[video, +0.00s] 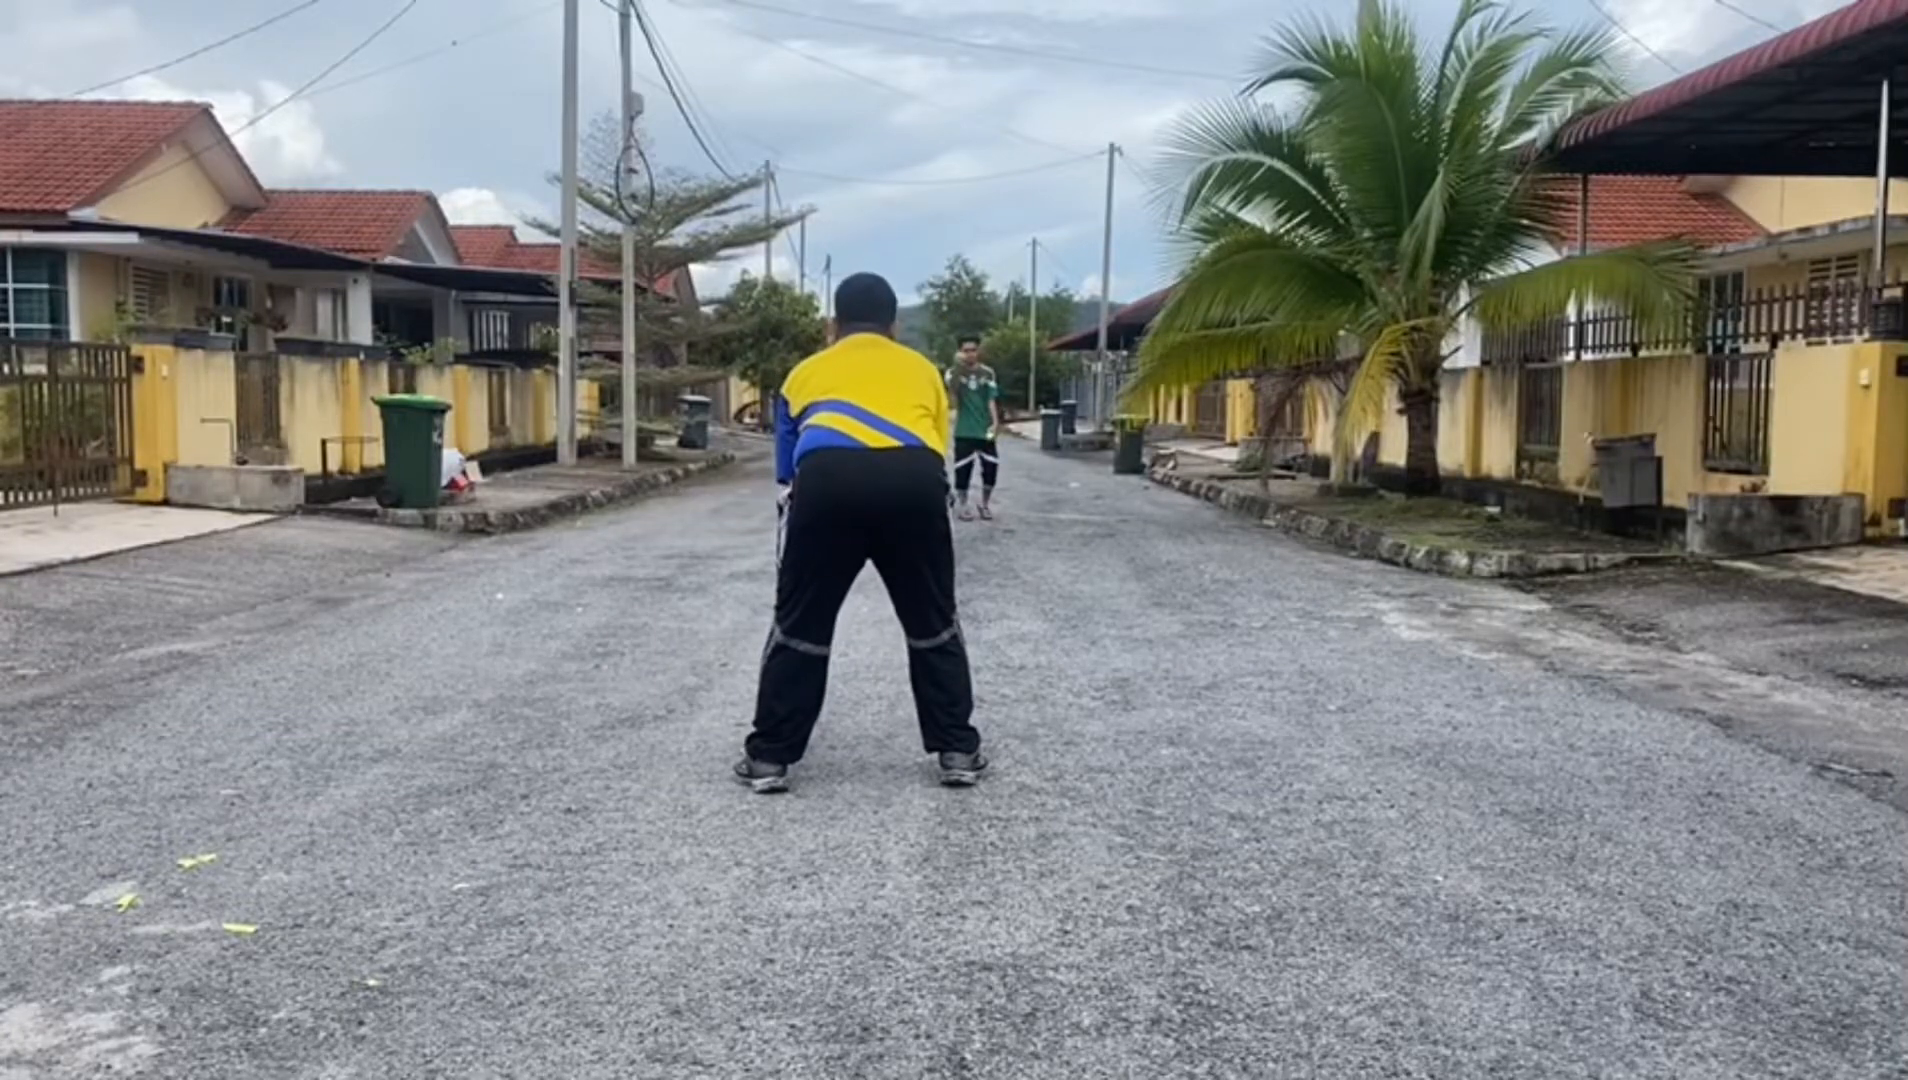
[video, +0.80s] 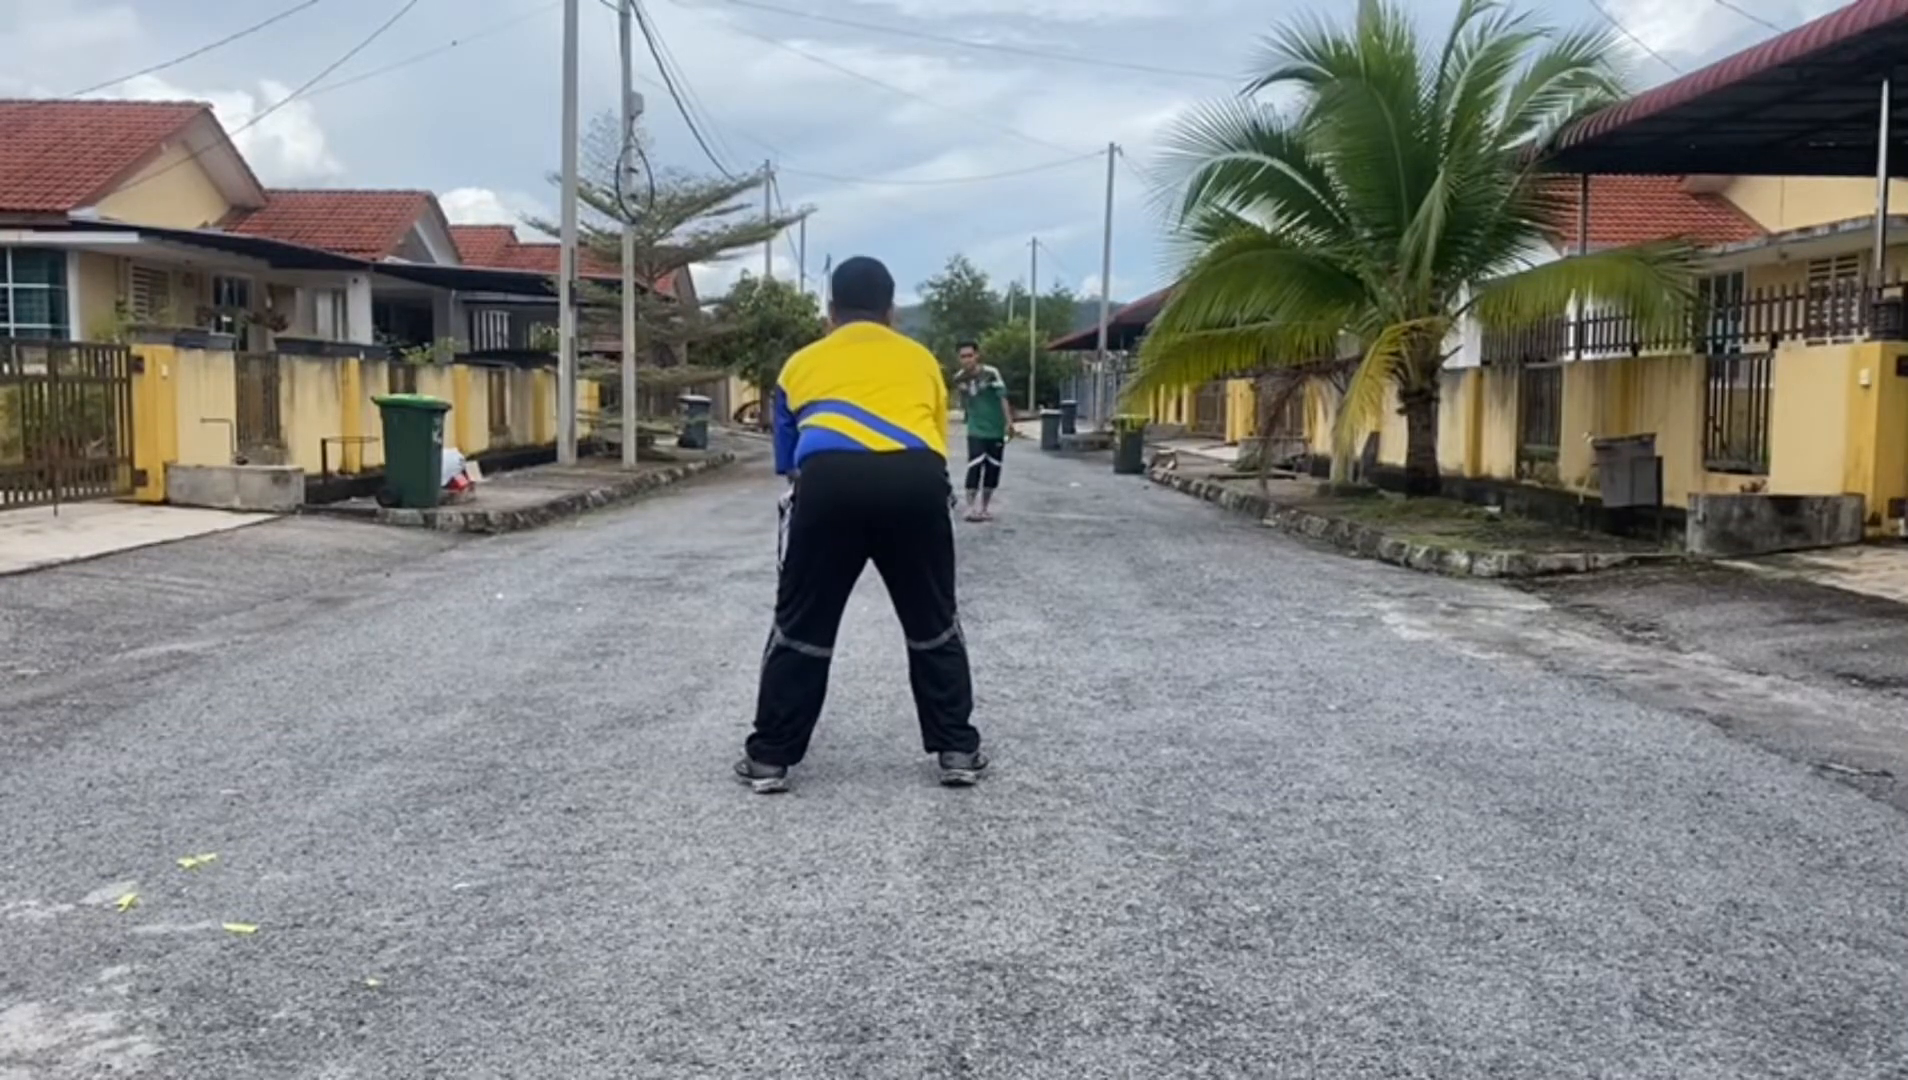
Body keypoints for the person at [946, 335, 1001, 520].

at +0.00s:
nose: (970, 355)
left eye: (973, 350)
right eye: (966, 351)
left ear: (978, 352)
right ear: (959, 353)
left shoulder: (987, 373)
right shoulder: (954, 375)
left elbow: (991, 400)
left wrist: (994, 423)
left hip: (984, 430)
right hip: (964, 430)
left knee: (990, 469)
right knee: (963, 471)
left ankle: (985, 503)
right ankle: (962, 504)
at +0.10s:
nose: (969, 355)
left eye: (972, 351)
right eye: (965, 351)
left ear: (978, 352)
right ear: (959, 353)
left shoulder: (988, 373)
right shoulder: (954, 374)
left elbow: (994, 398)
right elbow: (949, 396)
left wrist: (997, 421)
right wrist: (956, 377)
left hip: (985, 430)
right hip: (964, 430)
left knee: (988, 471)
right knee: (963, 471)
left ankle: (984, 506)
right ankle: (963, 505)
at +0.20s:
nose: (969, 355)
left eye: (972, 351)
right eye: (965, 351)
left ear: (979, 352)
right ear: (960, 353)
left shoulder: (990, 373)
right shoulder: (954, 376)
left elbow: (996, 399)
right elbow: (946, 399)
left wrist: (999, 422)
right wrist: (952, 400)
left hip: (986, 431)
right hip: (964, 432)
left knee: (986, 474)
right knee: (963, 473)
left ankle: (983, 507)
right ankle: (963, 505)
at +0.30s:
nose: (970, 355)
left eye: (973, 351)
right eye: (966, 351)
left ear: (980, 352)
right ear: (961, 354)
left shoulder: (991, 372)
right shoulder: (956, 377)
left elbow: (997, 398)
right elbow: (952, 404)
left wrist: (1001, 422)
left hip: (988, 431)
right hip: (967, 432)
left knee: (987, 474)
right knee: (964, 473)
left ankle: (983, 507)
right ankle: (963, 505)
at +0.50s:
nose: (970, 359)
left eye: (973, 354)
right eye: (966, 355)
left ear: (980, 354)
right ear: (961, 358)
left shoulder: (993, 373)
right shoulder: (959, 379)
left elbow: (1002, 398)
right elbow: (957, 404)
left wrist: (1005, 422)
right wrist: (954, 423)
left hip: (993, 429)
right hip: (973, 430)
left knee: (990, 471)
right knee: (969, 468)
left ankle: (983, 506)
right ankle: (964, 504)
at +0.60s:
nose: (968, 360)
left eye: (971, 355)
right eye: (964, 356)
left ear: (978, 356)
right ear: (960, 359)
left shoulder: (992, 373)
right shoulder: (962, 378)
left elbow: (1003, 398)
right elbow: (957, 379)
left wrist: (1008, 422)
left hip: (995, 428)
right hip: (975, 428)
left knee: (991, 470)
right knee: (972, 465)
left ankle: (984, 507)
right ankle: (965, 503)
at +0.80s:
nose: (966, 360)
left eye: (969, 355)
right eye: (963, 356)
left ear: (977, 356)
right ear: (959, 359)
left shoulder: (991, 373)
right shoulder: (960, 379)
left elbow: (1003, 398)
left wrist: (1009, 421)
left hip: (996, 428)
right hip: (975, 428)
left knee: (992, 468)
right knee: (975, 466)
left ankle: (984, 507)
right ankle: (970, 506)